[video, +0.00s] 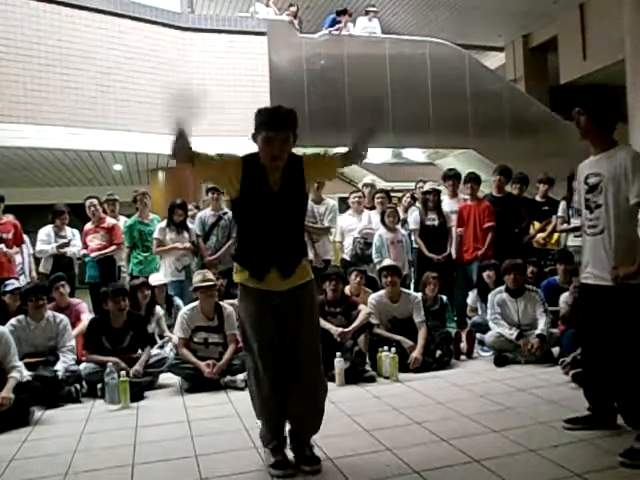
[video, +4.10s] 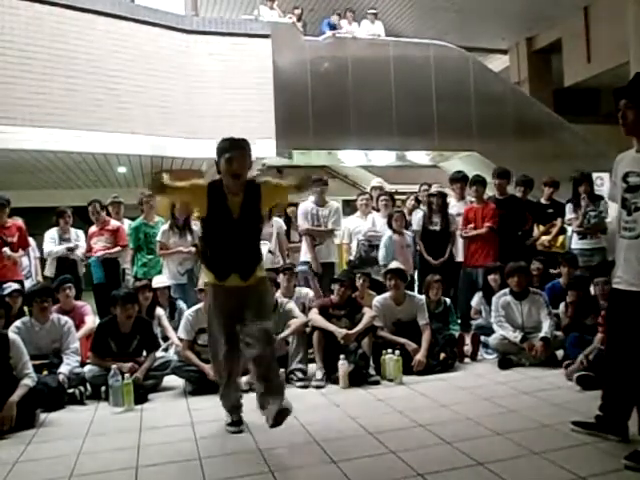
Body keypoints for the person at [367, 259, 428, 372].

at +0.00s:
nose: (390, 280)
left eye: (393, 275)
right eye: (385, 276)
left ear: (400, 278)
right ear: (381, 280)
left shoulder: (414, 298)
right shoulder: (374, 300)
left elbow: (422, 326)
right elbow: (374, 328)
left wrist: (418, 351)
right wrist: (401, 339)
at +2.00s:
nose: (393, 283)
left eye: (397, 279)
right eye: (388, 279)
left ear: (403, 281)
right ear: (384, 282)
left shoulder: (418, 300)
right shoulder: (378, 302)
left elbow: (426, 329)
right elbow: (378, 330)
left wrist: (422, 354)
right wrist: (405, 342)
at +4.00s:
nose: (393, 284)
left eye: (397, 280)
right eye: (389, 280)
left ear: (404, 282)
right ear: (385, 283)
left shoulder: (418, 300)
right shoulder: (379, 302)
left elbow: (426, 329)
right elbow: (379, 331)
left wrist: (422, 354)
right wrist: (405, 342)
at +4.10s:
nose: (393, 283)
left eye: (397, 279)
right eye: (390, 279)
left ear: (404, 282)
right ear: (386, 282)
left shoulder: (418, 300)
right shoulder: (379, 302)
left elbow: (426, 329)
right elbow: (378, 331)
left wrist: (422, 354)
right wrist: (405, 342)